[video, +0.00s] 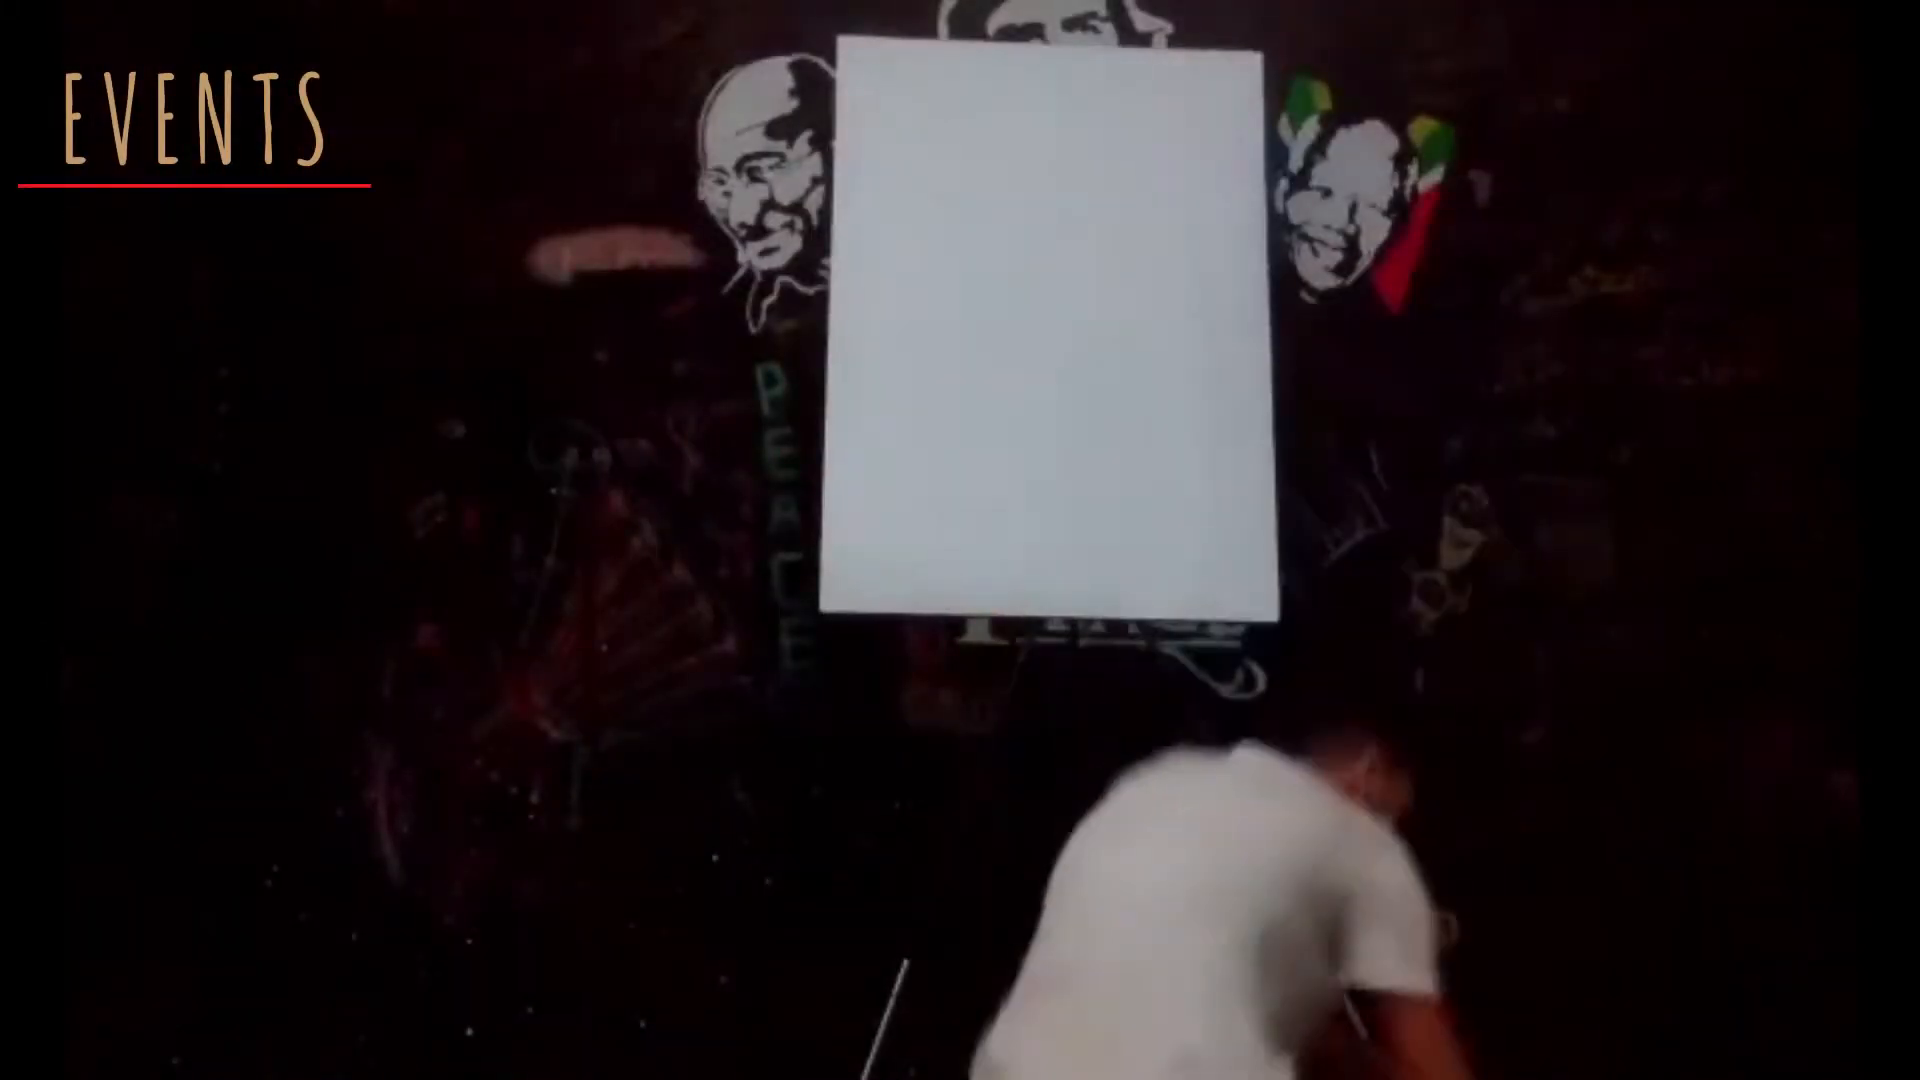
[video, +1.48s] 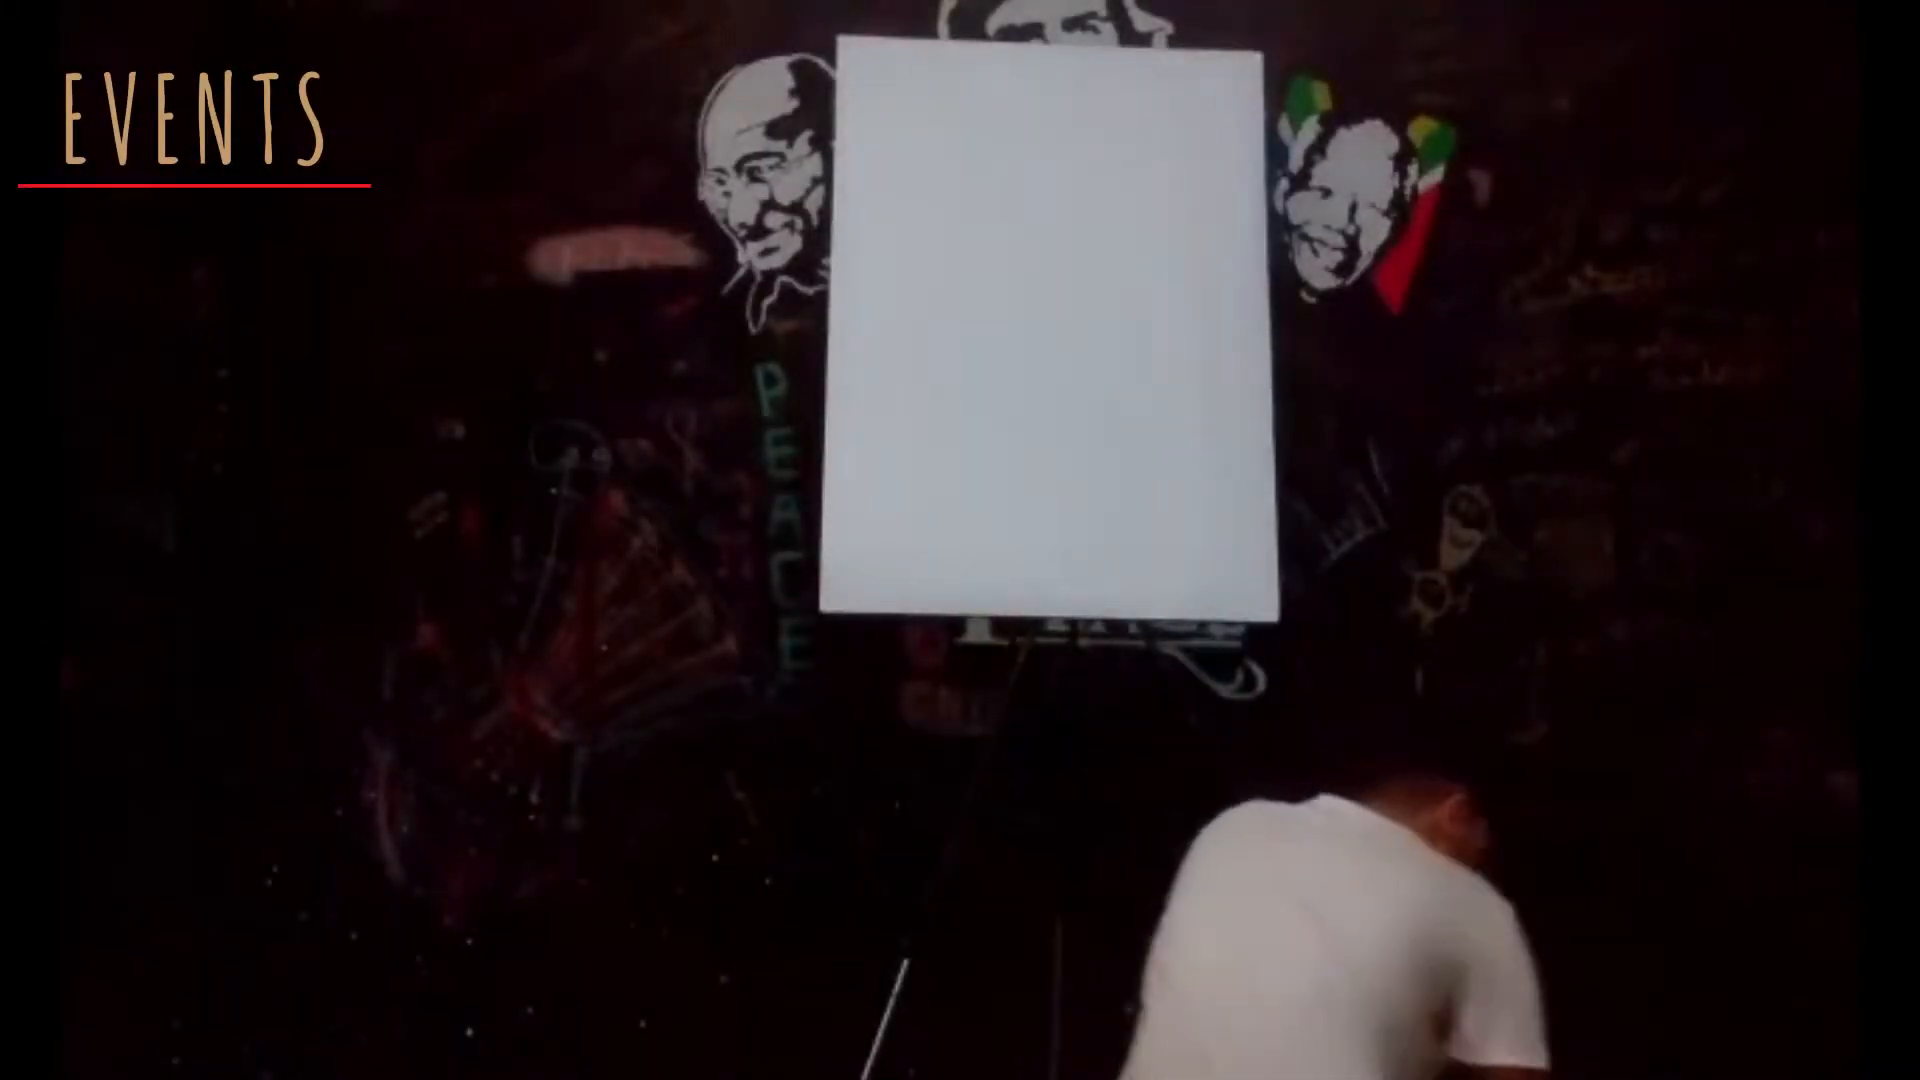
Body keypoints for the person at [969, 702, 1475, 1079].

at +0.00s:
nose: (1389, 832)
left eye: (1397, 820)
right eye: (1393, 815)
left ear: (1284, 747)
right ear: (1368, 776)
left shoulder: (1143, 783)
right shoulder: (1361, 845)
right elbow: (1426, 1061)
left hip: (1014, 1060)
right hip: (1201, 1059)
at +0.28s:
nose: (1385, 857)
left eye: (1397, 834)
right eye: (1393, 828)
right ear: (1352, 798)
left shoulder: (1159, 832)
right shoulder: (1316, 872)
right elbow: (1364, 1057)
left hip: (1040, 1062)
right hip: (1165, 1058)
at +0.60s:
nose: (1381, 879)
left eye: (1391, 857)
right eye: (1388, 851)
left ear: (1289, 798)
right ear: (1351, 812)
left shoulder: (1161, 837)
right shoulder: (1328, 885)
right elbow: (1360, 1064)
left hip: (1050, 1063)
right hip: (1176, 1059)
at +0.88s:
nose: (1401, 874)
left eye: (1410, 859)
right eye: (1407, 852)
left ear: (1306, 801)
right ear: (1379, 812)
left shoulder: (1174, 832)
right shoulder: (1367, 888)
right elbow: (1387, 1066)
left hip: (1068, 1064)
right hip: (1218, 1061)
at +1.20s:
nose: (1440, 870)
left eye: (1451, 858)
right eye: (1448, 852)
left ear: (1348, 795)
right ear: (1421, 815)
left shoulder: (1203, 825)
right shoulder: (1418, 902)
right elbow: (1442, 1066)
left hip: (1102, 1068)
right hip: (1273, 1063)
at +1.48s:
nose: (1473, 867)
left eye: (1479, 855)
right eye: (1475, 850)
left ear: (1359, 791)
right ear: (1453, 817)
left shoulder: (1229, 830)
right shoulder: (1472, 912)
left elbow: (1161, 999)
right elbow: (1510, 1067)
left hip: (1152, 1068)